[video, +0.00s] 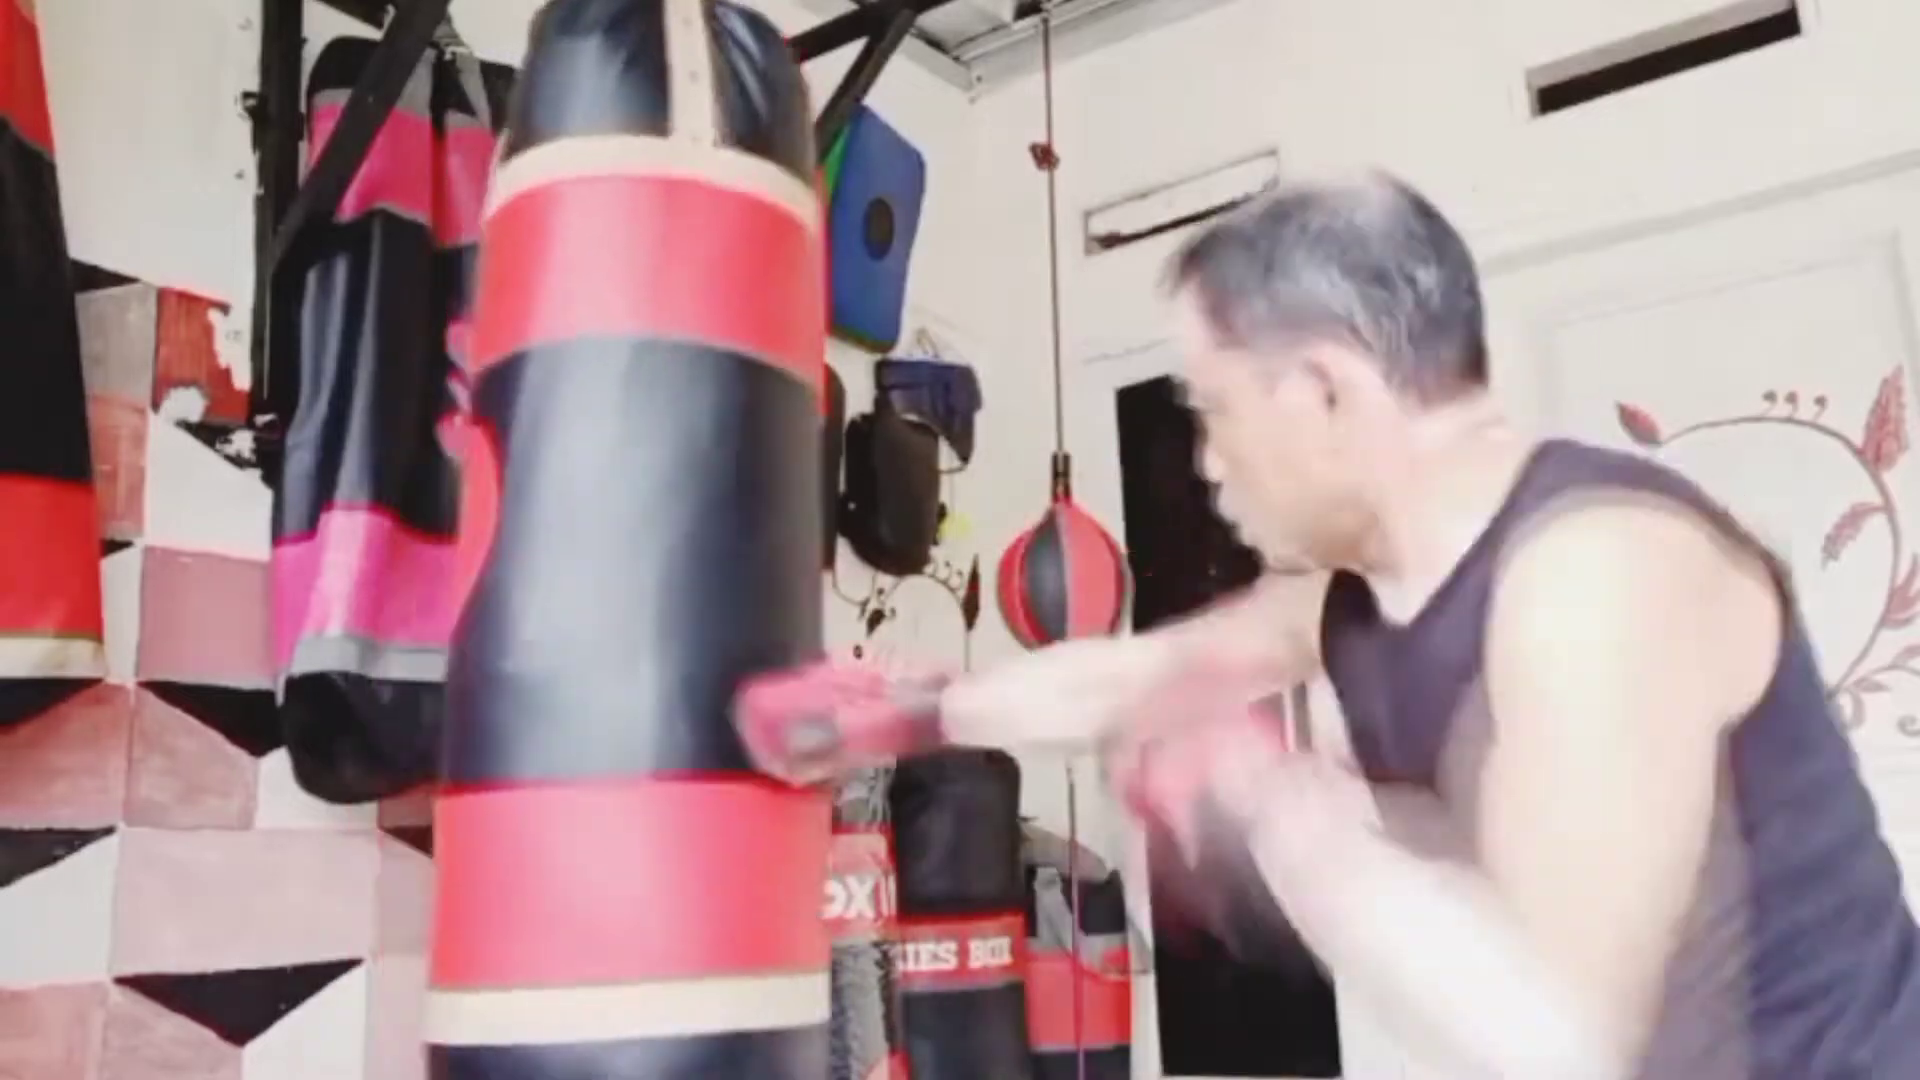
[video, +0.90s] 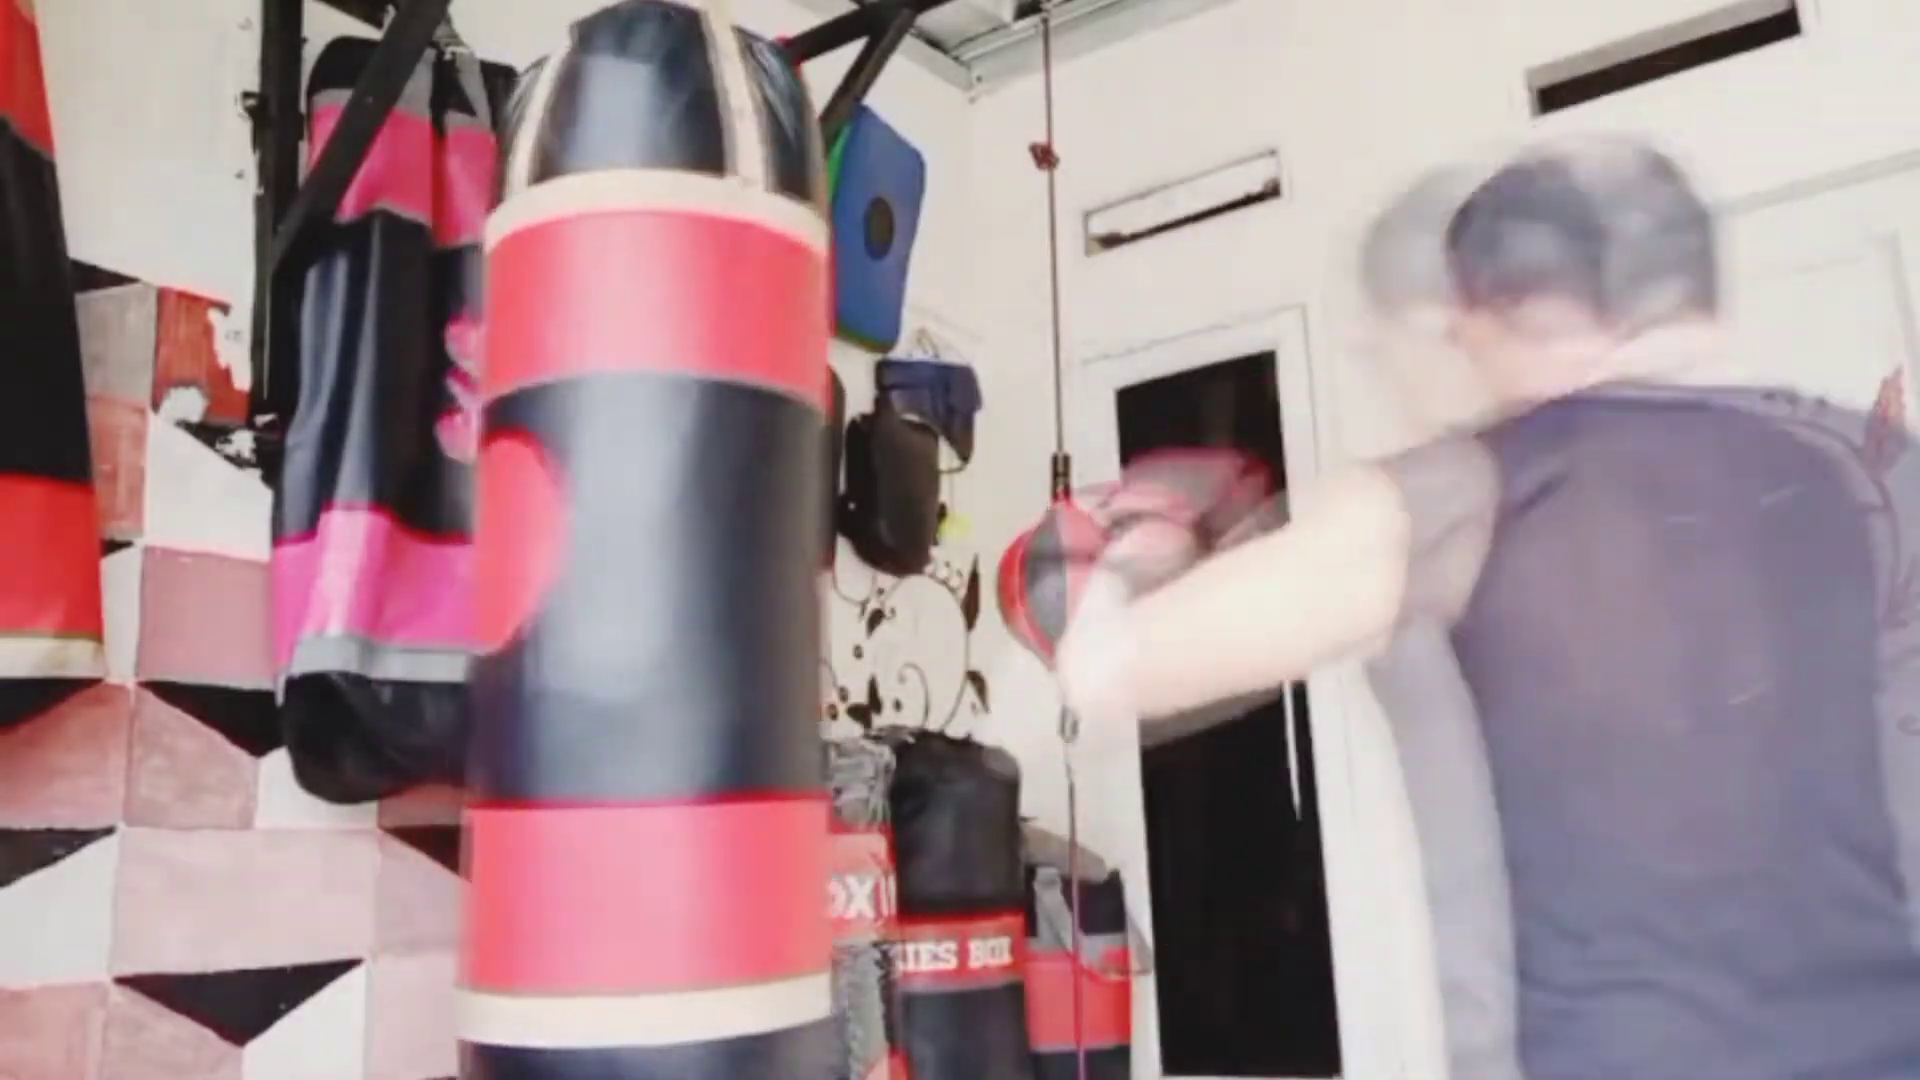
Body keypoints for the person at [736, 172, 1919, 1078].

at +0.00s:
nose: (1205, 462)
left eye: (1210, 410)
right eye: (1197, 418)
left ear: (1333, 382)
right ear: (1339, 384)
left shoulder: (1609, 574)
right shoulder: (1381, 574)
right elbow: (1153, 677)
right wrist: (918, 711)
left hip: (1809, 1057)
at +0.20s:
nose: (1122, 452)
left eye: (1120, 400)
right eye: (1112, 404)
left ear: (1240, 382)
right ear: (1241, 382)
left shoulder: (1556, 667)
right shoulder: (1387, 493)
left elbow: (1440, 1054)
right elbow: (1136, 547)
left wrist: (1232, 981)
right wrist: (907, 564)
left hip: (1814, 1054)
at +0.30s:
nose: (1192, 405)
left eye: (1191, 364)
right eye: (1180, 368)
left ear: (1278, 322)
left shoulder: (1505, 617)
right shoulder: (1472, 444)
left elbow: (1237, 1027)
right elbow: (1334, 527)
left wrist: (1109, 769)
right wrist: (1180, 573)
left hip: (1782, 1055)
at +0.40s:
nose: (1254, 326)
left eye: (1256, 272)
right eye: (1243, 281)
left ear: (1347, 242)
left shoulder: (1533, 500)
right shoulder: (1627, 400)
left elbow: (1237, 937)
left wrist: (1149, 648)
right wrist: (1310, 684)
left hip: (1762, 1054)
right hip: (1844, 1029)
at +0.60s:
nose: (1443, 315)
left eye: (1432, 260)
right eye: (1423, 264)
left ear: (1517, 220)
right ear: (1653, 199)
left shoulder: (1662, 435)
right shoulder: (1864, 398)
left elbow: (1345, 829)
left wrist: (1339, 574)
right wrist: (1494, 501)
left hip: (1797, 1051)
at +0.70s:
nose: (1541, 341)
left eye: (1538, 300)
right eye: (1525, 304)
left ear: (1631, 282)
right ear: (1779, 245)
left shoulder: (1656, 457)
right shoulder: (1889, 385)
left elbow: (1383, 787)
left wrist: (1348, 560)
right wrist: (1590, 488)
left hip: (1806, 1049)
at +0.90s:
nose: (1460, 354)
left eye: (1460, 323)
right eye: (1460, 326)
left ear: (1497, 308)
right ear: (1703, 300)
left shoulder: (1473, 489)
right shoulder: (1862, 456)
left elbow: (1112, 672)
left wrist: (1146, 547)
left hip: (1623, 1050)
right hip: (1881, 1038)